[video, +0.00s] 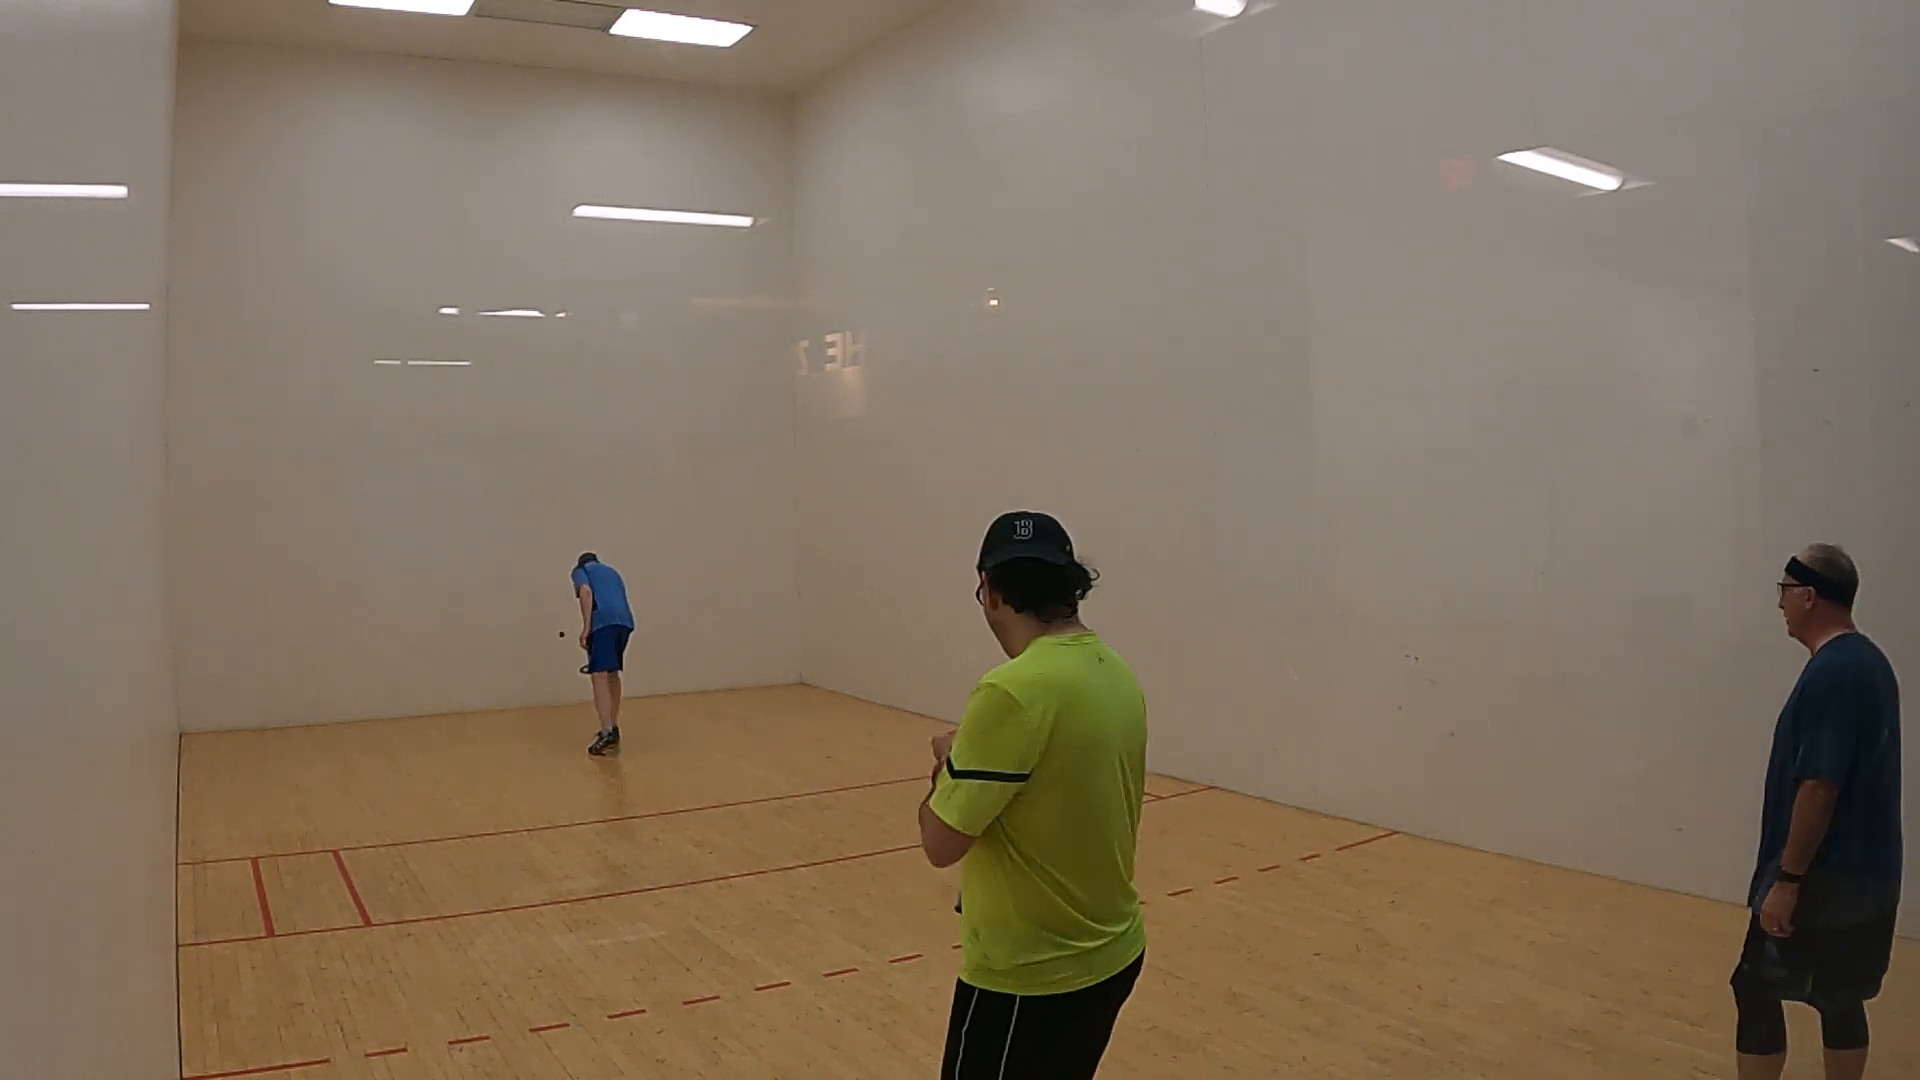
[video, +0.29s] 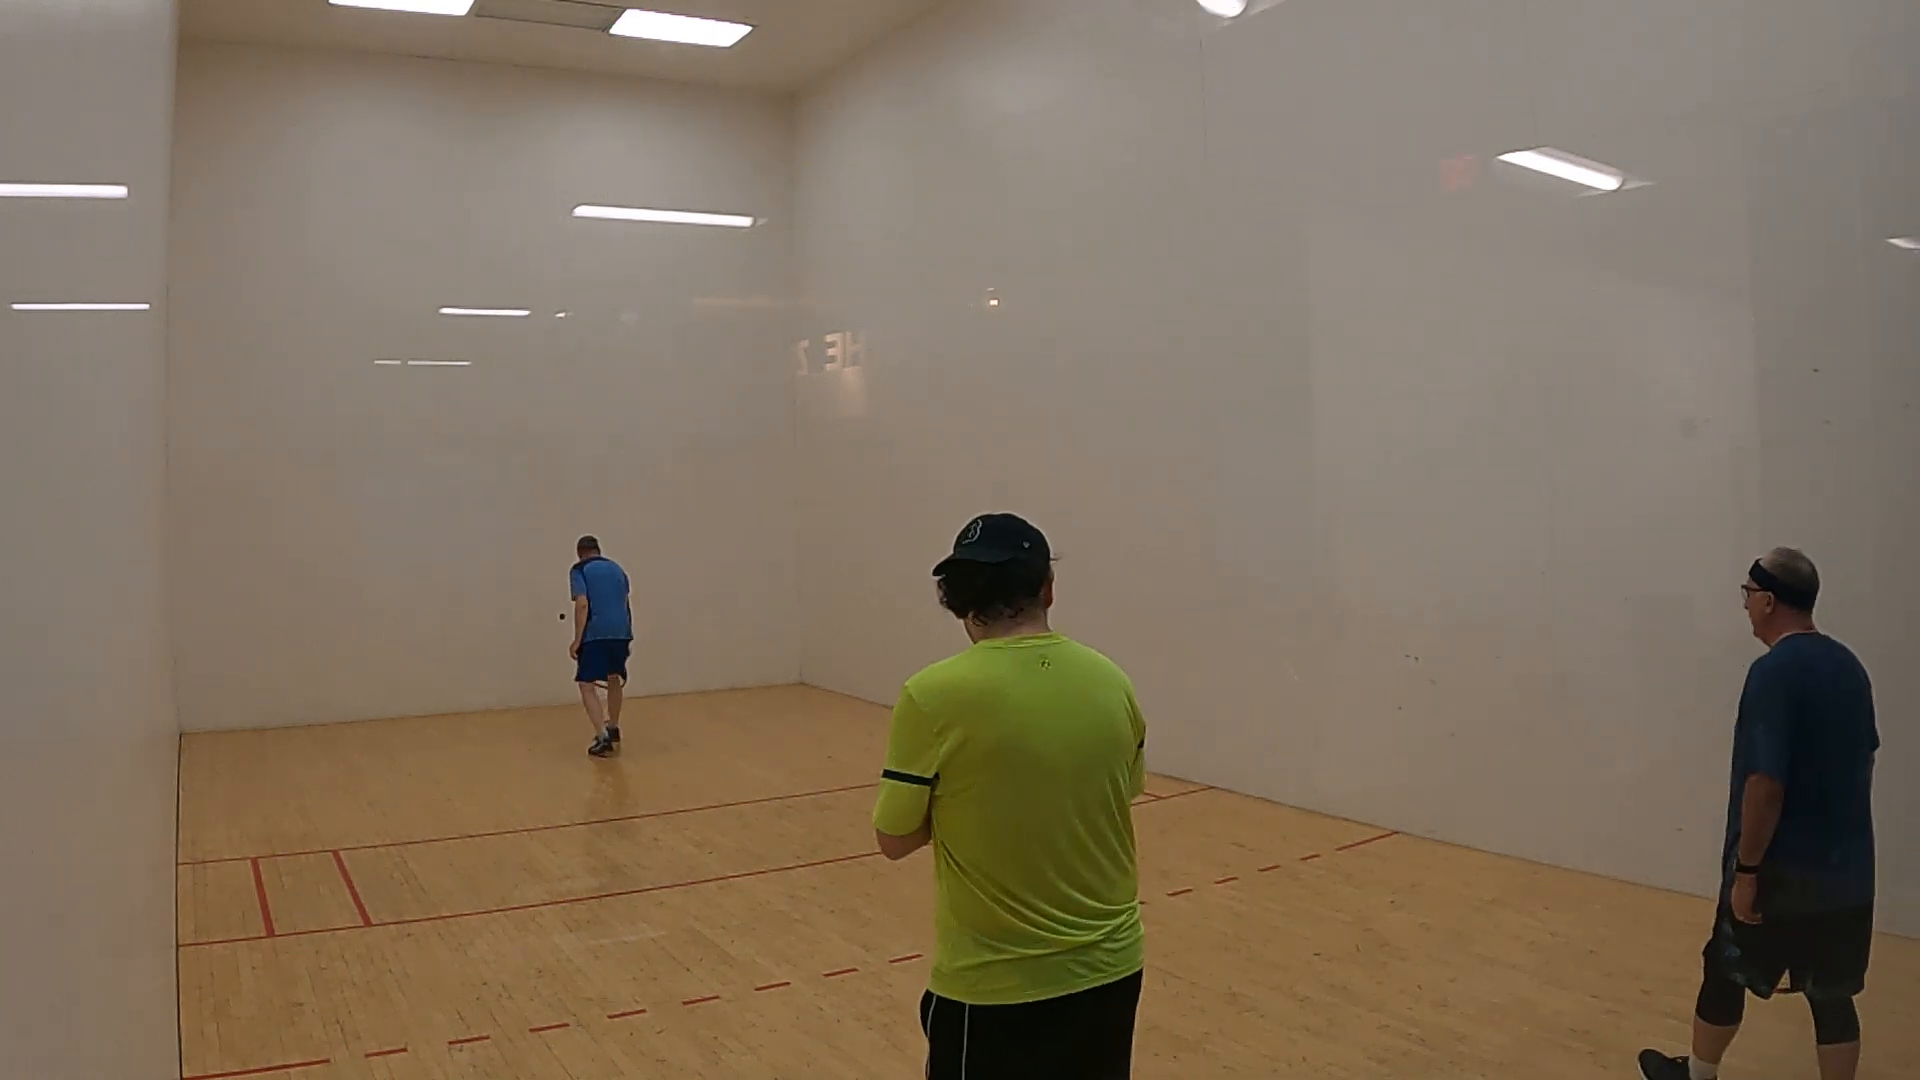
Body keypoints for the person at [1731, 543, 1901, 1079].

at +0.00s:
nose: (1780, 600)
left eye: (1786, 589)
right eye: (1782, 589)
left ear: (1812, 597)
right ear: (1835, 599)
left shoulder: (1833, 670)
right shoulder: (1869, 663)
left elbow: (1818, 787)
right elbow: (1858, 787)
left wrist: (1786, 881)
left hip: (1816, 881)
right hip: (1861, 881)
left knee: (1754, 988)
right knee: (1841, 997)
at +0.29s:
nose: (1744, 602)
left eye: (1748, 593)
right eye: (1746, 592)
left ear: (1769, 600)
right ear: (1804, 602)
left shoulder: (1772, 672)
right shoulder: (1847, 665)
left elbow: (1765, 785)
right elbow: (1862, 758)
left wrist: (1746, 871)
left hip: (1774, 875)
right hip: (1841, 877)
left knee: (1724, 970)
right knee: (1832, 993)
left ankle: (1699, 1072)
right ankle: (1839, 1079)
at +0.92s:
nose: (1646, 588)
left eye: (1648, 581)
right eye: (1648, 579)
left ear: (1659, 589)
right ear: (1704, 586)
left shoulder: (1652, 657)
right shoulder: (1746, 647)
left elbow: (1613, 751)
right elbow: (1771, 736)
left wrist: (1580, 812)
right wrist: (1761, 800)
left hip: (1668, 836)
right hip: (1729, 830)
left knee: (1673, 951)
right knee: (1703, 939)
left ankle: (1689, 1064)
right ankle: (1692, 1040)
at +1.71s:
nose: (1554, 581)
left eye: (1557, 572)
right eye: (1556, 572)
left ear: (1574, 578)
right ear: (1605, 580)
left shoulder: (1575, 638)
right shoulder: (1639, 633)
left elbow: (1571, 730)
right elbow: (1646, 715)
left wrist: (1564, 803)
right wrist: (1629, 782)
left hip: (1574, 808)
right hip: (1633, 806)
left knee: (1537, 892)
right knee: (1627, 908)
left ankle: (1525, 1002)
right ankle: (1626, 1019)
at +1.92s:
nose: (1522, 580)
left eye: (1525, 572)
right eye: (1523, 571)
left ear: (1541, 577)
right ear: (1573, 576)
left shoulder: (1539, 640)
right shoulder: (1610, 630)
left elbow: (1525, 732)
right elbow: (1619, 704)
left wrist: (1506, 797)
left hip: (1545, 799)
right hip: (1602, 798)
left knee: (1523, 894)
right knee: (1597, 889)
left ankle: (1525, 1001)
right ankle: (1621, 992)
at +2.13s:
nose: (1506, 577)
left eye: (1509, 569)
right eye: (1507, 568)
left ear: (1526, 575)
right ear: (1556, 573)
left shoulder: (1524, 634)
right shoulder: (1593, 626)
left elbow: (1502, 721)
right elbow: (1605, 699)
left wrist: (1463, 767)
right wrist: (1592, 753)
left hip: (1531, 786)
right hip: (1585, 778)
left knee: (1517, 884)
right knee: (1567, 864)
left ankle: (1525, 1000)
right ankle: (1606, 966)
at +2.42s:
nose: (1511, 572)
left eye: (1516, 564)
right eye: (1513, 563)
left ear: (1537, 571)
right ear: (1558, 572)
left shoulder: (1539, 620)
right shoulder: (1591, 621)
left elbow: (1538, 690)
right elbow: (1601, 695)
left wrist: (1511, 750)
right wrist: (1576, 746)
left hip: (1534, 783)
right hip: (1584, 781)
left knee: (1516, 881)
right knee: (1577, 869)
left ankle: (1525, 999)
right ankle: (1593, 975)